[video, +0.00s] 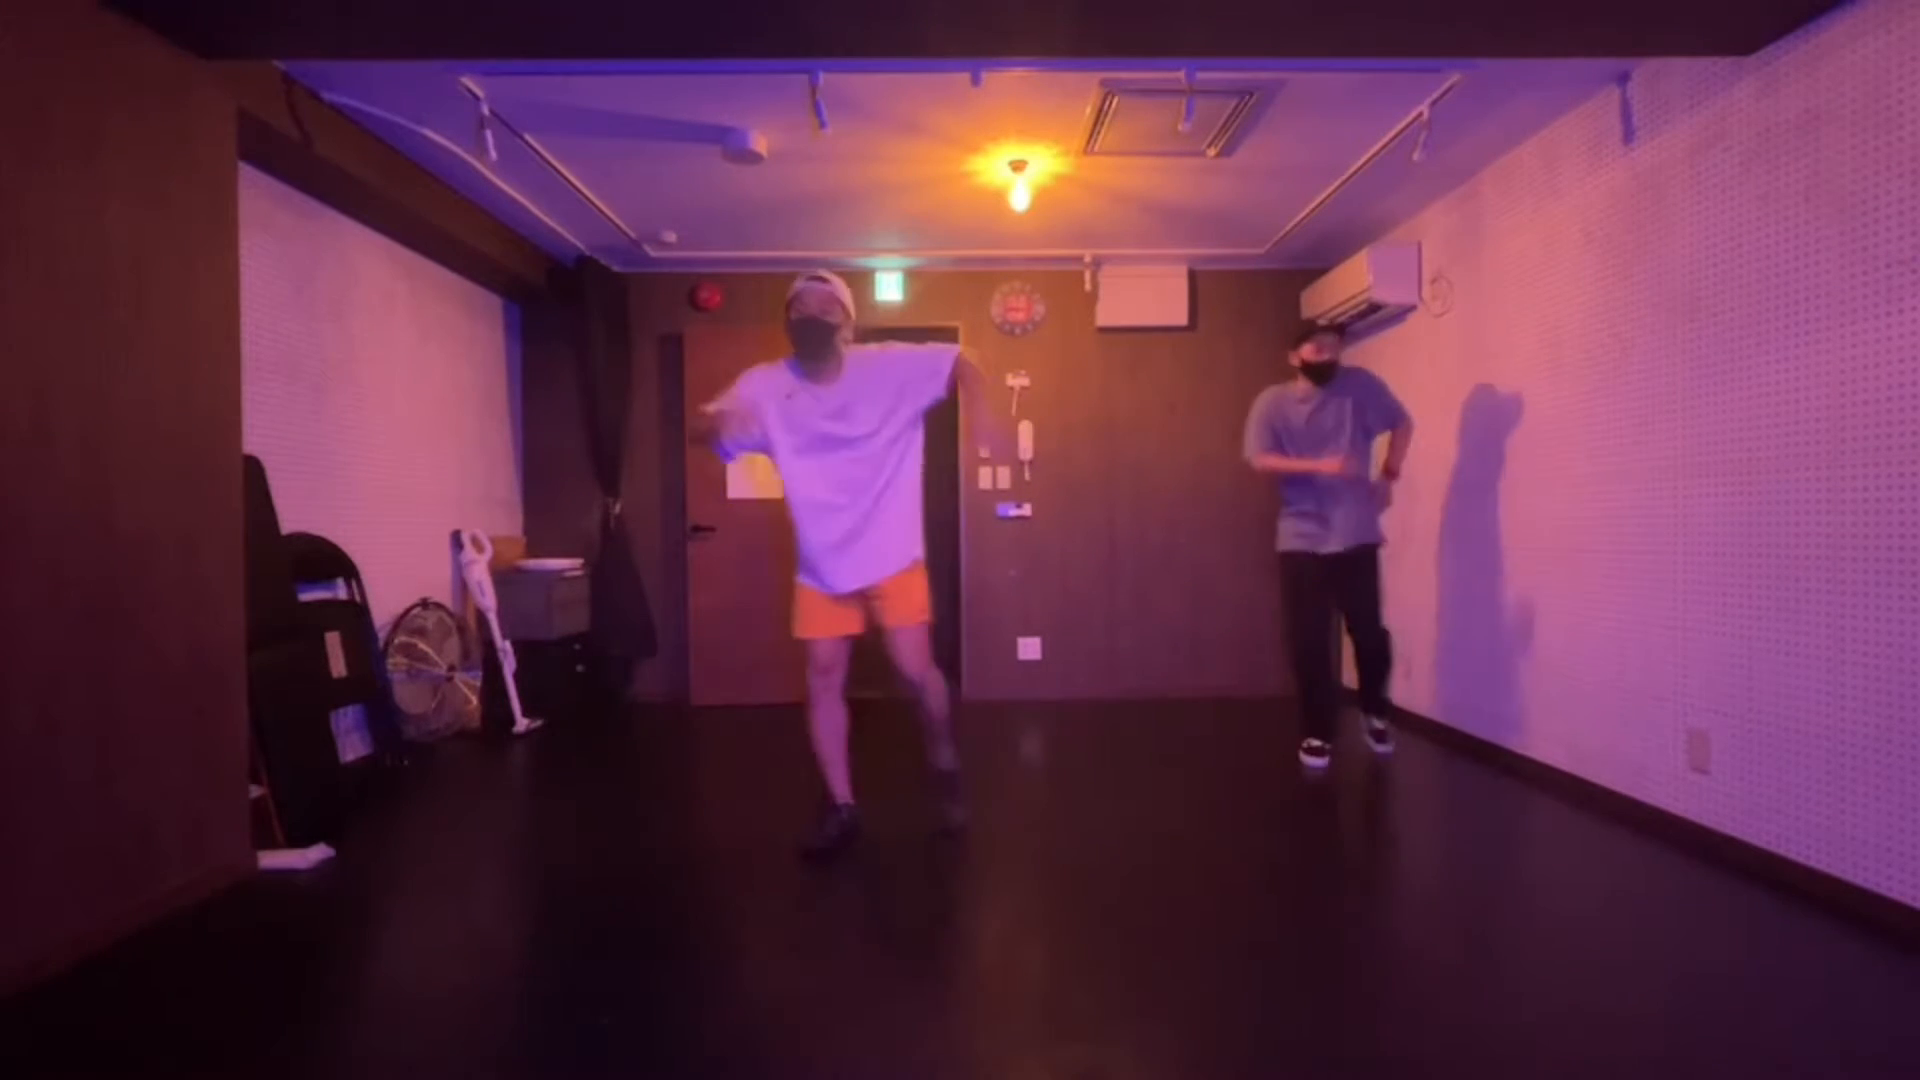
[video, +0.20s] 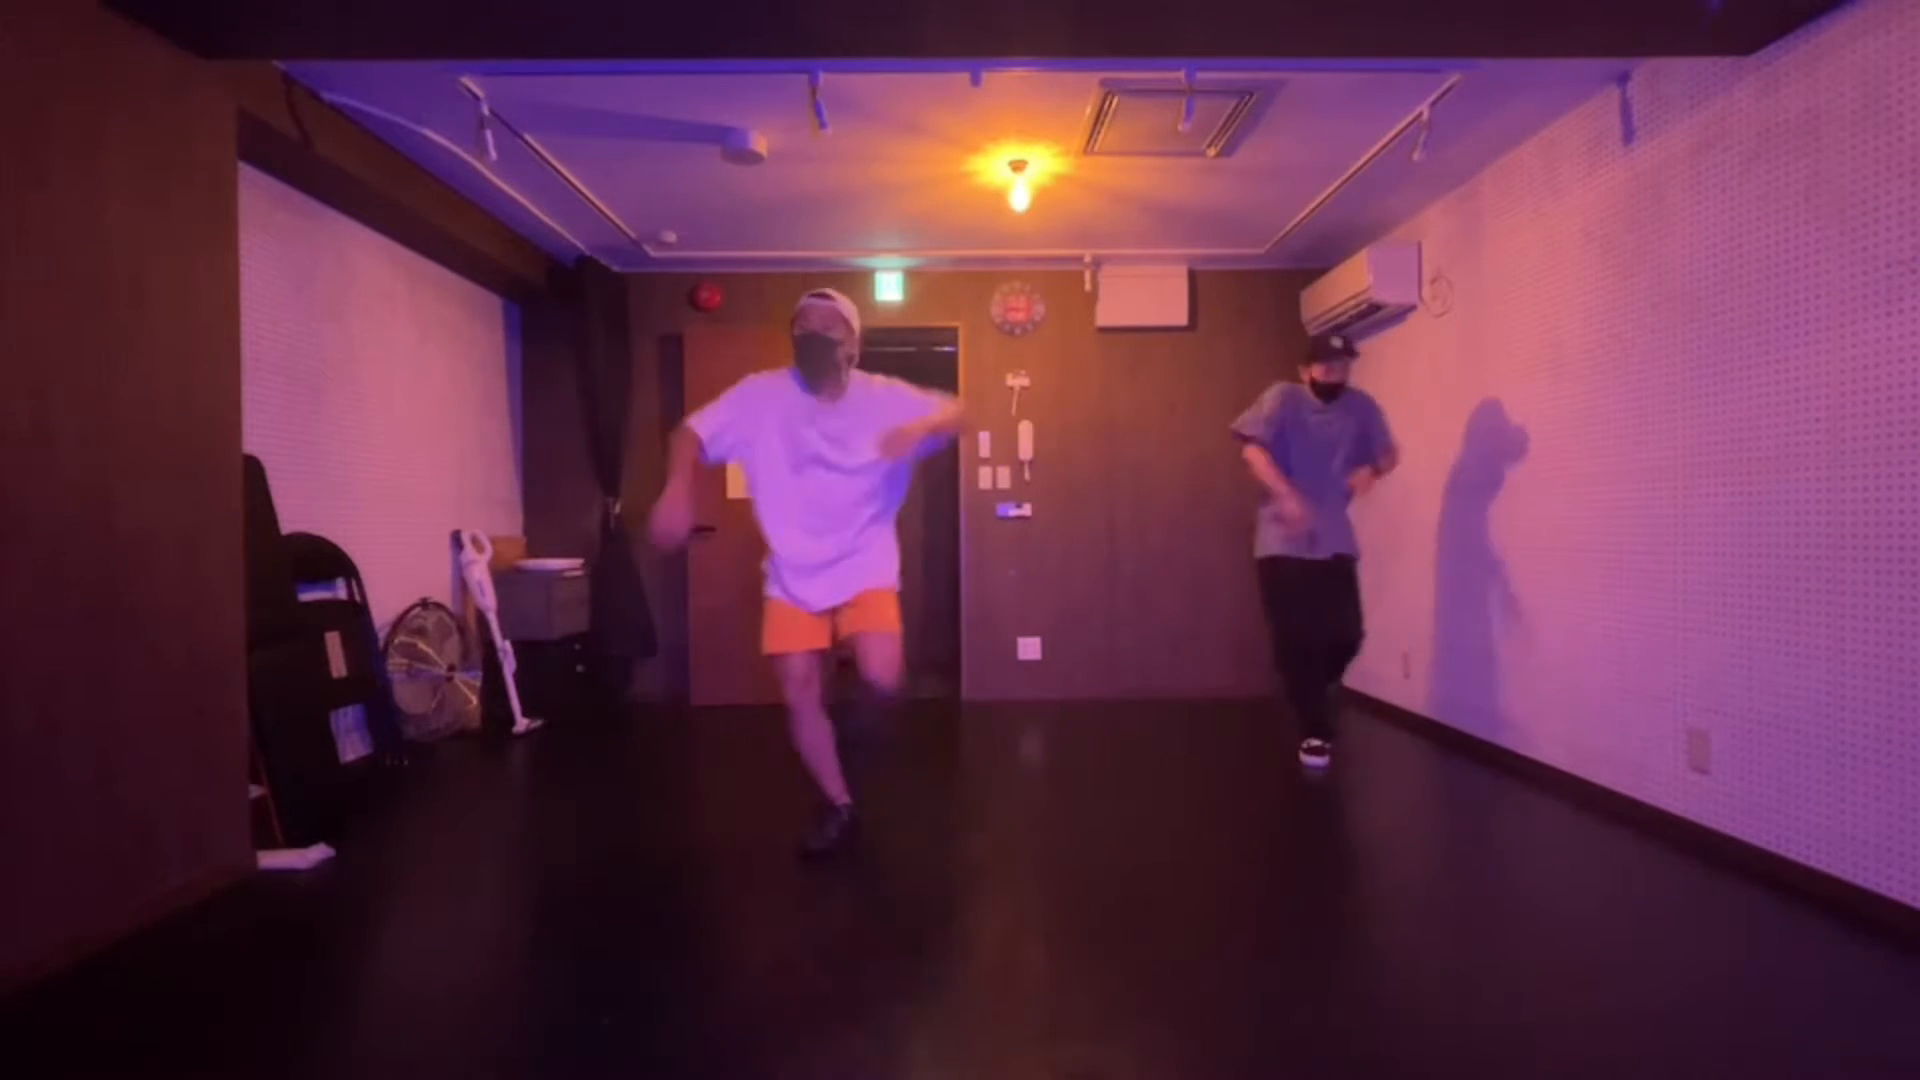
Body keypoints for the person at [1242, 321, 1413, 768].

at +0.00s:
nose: (1325, 360)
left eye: (1330, 352)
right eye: (1315, 352)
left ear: (1339, 353)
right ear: (1295, 356)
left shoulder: (1359, 386)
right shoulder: (1272, 401)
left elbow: (1400, 423)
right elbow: (1258, 458)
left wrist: (1389, 469)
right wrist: (1319, 466)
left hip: (1355, 539)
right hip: (1301, 543)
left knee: (1367, 633)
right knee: (1308, 642)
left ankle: (1374, 709)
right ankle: (1316, 731)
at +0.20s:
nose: (1331, 370)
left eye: (1339, 362)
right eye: (1323, 362)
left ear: (1349, 364)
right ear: (1305, 364)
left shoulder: (1360, 405)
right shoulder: (1284, 397)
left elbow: (1386, 455)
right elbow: (1252, 448)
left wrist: (1366, 476)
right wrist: (1286, 496)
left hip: (1334, 546)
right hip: (1284, 548)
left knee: (1345, 637)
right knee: (1298, 644)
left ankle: (1310, 704)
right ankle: (1313, 733)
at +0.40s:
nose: (1329, 395)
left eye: (1335, 387)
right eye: (1321, 386)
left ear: (1344, 391)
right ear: (1303, 389)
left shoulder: (1342, 445)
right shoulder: (1275, 418)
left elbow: (1343, 509)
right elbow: (1233, 469)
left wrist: (1337, 490)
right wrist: (1225, 527)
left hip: (1318, 562)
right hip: (1269, 551)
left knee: (1319, 651)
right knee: (1295, 641)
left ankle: (1264, 707)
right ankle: (1314, 735)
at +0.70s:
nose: (1296, 367)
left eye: (1304, 360)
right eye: (1287, 359)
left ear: (1313, 370)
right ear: (1269, 367)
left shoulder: (1318, 414)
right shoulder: (1243, 403)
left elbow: (1361, 451)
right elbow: (1188, 440)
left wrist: (1336, 442)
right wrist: (1191, 493)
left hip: (1289, 544)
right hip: (1244, 537)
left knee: (1283, 636)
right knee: (1271, 632)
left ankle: (1253, 718)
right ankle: (1283, 727)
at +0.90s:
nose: (1259, 358)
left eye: (1266, 350)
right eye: (1250, 350)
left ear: (1278, 358)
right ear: (1232, 361)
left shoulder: (1297, 407)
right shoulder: (1213, 408)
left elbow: (1330, 448)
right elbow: (1170, 452)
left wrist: (1293, 469)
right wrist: (1179, 503)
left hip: (1274, 538)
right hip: (1227, 532)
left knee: (1269, 626)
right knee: (1232, 618)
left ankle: (1256, 716)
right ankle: (1217, 710)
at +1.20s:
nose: (1201, 376)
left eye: (1209, 366)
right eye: (1192, 367)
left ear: (1221, 369)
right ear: (1179, 375)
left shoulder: (1250, 412)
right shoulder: (1169, 424)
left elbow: (1270, 468)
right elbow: (1150, 482)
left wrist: (1236, 496)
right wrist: (1161, 530)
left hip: (1251, 549)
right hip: (1201, 550)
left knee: (1259, 634)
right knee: (1201, 635)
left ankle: (1257, 713)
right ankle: (1198, 714)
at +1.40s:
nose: (1176, 374)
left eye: (1184, 365)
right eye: (1168, 366)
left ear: (1198, 369)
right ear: (1156, 374)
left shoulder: (1226, 410)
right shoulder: (1149, 427)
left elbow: (1263, 461)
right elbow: (1141, 482)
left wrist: (1287, 510)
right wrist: (1161, 520)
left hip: (1236, 542)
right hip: (1187, 547)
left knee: (1242, 624)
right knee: (1191, 635)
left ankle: (1251, 687)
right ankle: (1197, 713)